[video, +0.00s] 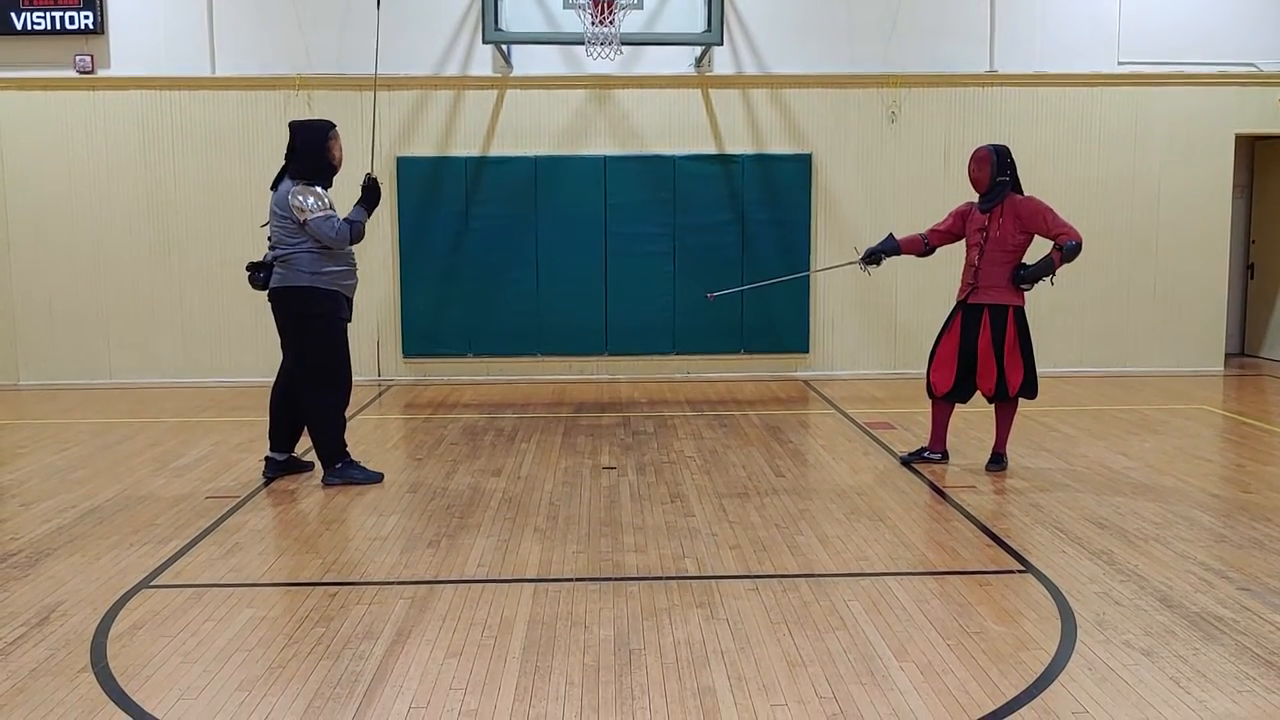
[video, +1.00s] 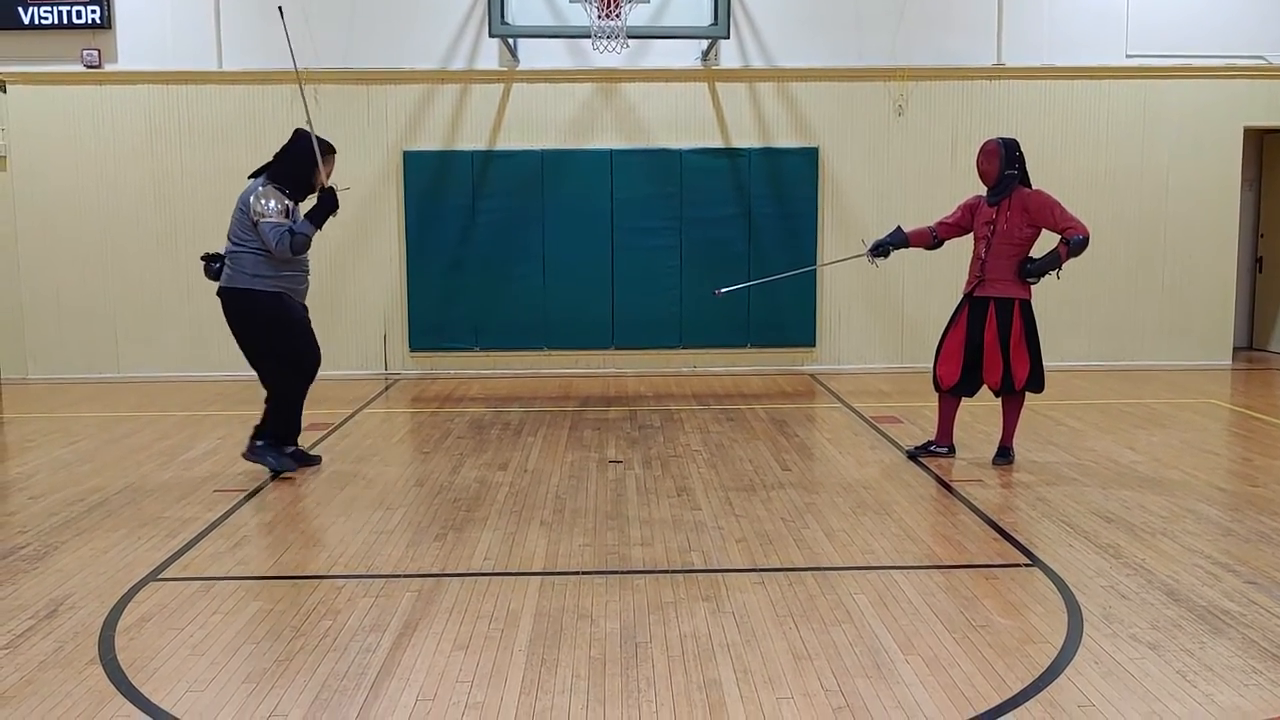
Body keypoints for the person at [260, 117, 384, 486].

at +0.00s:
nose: (341, 152)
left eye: (339, 144)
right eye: (335, 145)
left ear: (308, 151)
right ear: (317, 150)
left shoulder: (293, 188)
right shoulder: (303, 191)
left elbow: (288, 243)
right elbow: (337, 234)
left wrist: (269, 264)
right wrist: (364, 206)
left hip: (296, 292)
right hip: (311, 295)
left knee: (296, 372)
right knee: (330, 377)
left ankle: (279, 456)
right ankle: (336, 463)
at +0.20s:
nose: (347, 153)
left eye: (346, 145)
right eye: (342, 146)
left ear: (316, 150)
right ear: (324, 151)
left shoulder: (301, 187)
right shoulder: (305, 191)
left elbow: (290, 241)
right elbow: (338, 236)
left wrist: (271, 262)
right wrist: (368, 207)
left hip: (300, 292)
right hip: (312, 294)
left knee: (297, 371)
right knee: (332, 376)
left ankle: (281, 455)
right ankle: (337, 461)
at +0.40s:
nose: (352, 155)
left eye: (352, 147)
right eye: (347, 148)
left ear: (321, 151)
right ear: (328, 150)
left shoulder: (308, 186)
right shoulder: (305, 189)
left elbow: (293, 239)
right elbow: (334, 238)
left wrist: (271, 259)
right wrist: (368, 209)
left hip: (303, 291)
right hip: (310, 294)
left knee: (299, 370)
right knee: (331, 376)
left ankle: (282, 453)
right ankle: (339, 460)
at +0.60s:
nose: (351, 162)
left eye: (352, 155)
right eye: (347, 154)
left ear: (326, 153)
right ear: (328, 153)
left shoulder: (308, 188)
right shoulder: (300, 190)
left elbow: (289, 240)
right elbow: (329, 237)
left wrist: (265, 259)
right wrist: (361, 205)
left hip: (306, 293)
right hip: (303, 294)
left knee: (308, 371)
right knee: (331, 377)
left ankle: (286, 449)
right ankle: (343, 460)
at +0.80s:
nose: (345, 172)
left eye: (346, 164)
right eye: (342, 163)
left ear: (319, 161)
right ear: (322, 160)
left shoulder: (295, 192)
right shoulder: (286, 192)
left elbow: (278, 244)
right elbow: (308, 241)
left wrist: (249, 259)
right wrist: (340, 209)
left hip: (285, 293)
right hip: (283, 294)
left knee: (298, 370)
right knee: (326, 366)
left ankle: (287, 449)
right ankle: (347, 449)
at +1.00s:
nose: (328, 178)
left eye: (329, 170)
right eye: (326, 169)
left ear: (298, 165)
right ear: (306, 166)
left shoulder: (281, 196)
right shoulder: (265, 192)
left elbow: (264, 246)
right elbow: (284, 244)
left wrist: (228, 259)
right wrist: (319, 213)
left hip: (273, 293)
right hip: (252, 293)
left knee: (299, 362)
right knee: (299, 361)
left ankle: (282, 442)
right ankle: (267, 442)